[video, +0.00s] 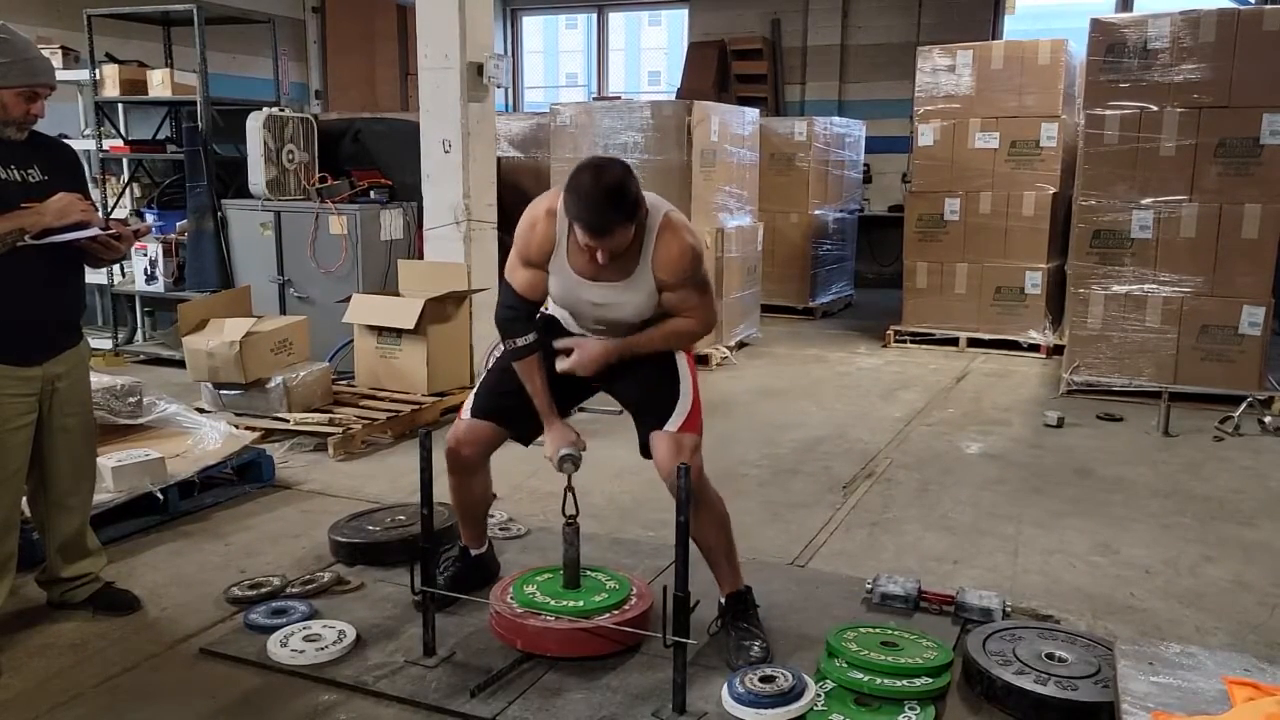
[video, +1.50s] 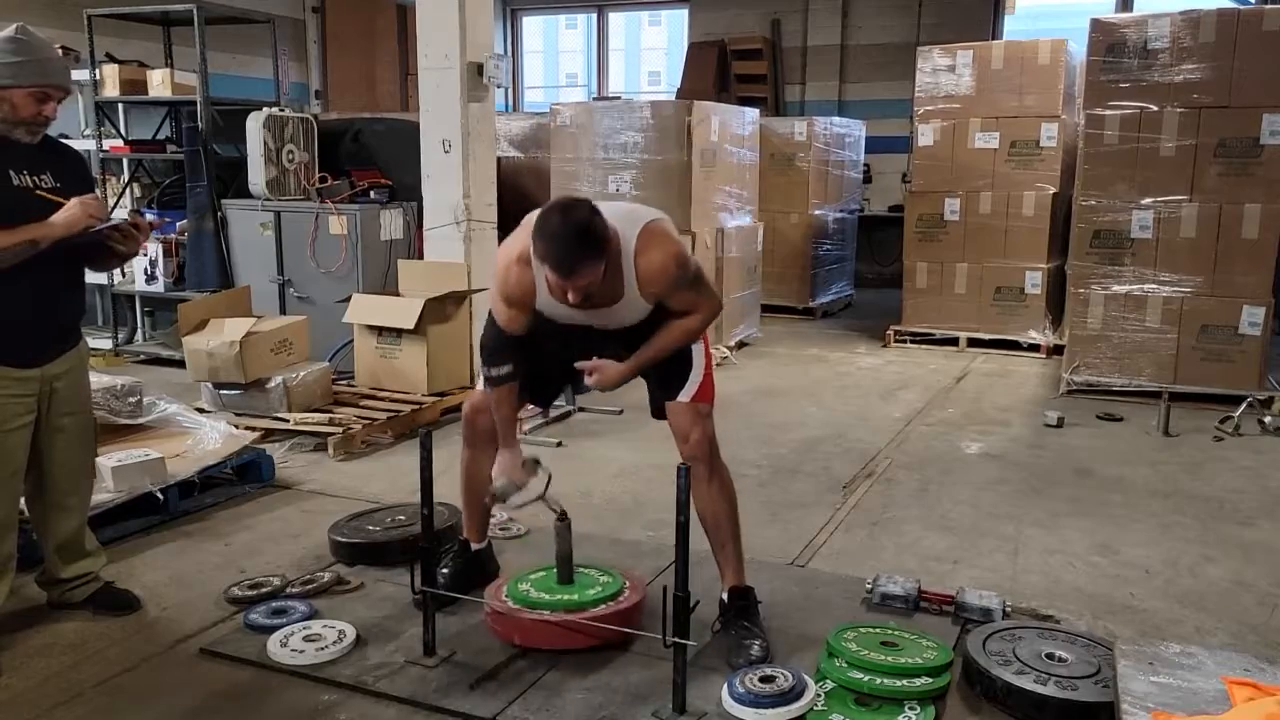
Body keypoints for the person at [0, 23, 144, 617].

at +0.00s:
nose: (38, 108)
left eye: (44, 96)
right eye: (28, 96)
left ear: (47, 92)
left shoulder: (59, 156)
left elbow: (84, 245)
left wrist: (109, 249)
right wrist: (38, 217)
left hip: (64, 346)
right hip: (5, 355)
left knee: (69, 474)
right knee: (6, 490)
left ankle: (74, 580)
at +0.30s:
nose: (37, 107)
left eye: (43, 96)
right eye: (27, 96)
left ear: (45, 92)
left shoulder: (57, 157)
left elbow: (85, 243)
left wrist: (109, 248)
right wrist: (33, 214)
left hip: (64, 346)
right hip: (5, 354)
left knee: (69, 473)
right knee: (6, 489)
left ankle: (74, 581)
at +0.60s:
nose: (46, 108)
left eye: (51, 96)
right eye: (35, 95)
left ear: (53, 93)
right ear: (0, 88)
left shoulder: (59, 160)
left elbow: (83, 253)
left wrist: (112, 251)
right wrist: (14, 229)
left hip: (60, 350)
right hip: (5, 359)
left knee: (67, 474)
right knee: (8, 490)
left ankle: (73, 580)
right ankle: (1, 598)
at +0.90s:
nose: (50, 108)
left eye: (55, 96)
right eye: (39, 96)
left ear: (57, 94)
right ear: (2, 90)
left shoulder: (64, 160)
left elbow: (86, 250)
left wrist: (116, 255)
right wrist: (9, 237)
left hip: (58, 351)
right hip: (3, 360)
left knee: (65, 474)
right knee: (5, 490)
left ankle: (72, 579)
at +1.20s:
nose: (44, 109)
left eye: (52, 98)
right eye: (33, 96)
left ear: (56, 95)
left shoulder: (63, 159)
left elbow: (84, 250)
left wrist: (116, 250)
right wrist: (30, 221)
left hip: (61, 349)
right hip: (4, 358)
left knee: (67, 473)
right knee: (6, 489)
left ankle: (73, 579)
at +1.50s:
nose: (52, 110)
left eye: (58, 99)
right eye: (43, 98)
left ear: (58, 96)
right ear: (5, 90)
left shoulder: (67, 161)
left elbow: (78, 253)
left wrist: (117, 249)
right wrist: (49, 228)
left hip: (64, 350)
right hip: (5, 359)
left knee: (68, 475)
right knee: (7, 490)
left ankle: (73, 580)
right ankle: (1, 597)